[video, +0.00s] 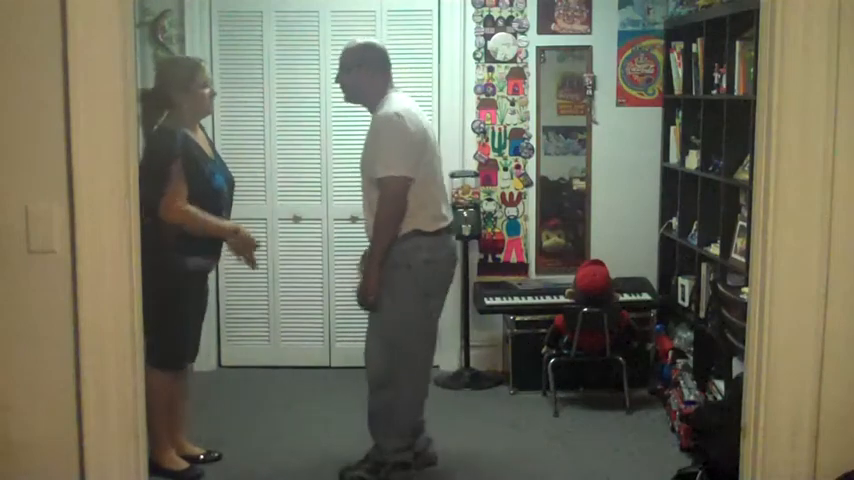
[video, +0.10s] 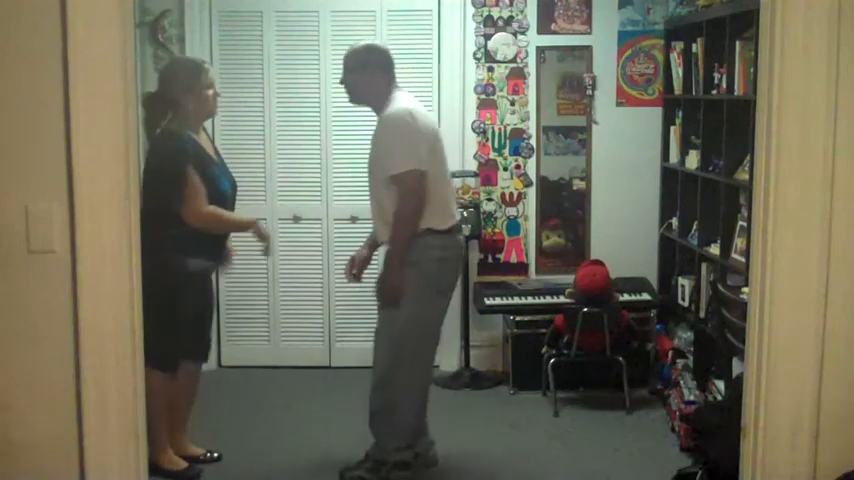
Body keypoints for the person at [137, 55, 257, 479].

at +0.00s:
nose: (211, 91)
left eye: (210, 85)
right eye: (203, 87)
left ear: (196, 94)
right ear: (179, 94)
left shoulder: (197, 133)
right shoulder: (169, 139)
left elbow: (199, 200)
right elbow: (171, 209)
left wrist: (232, 235)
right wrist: (229, 231)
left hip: (193, 264)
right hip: (169, 266)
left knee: (181, 358)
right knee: (164, 360)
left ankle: (178, 439)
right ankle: (162, 449)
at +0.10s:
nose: (216, 93)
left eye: (214, 87)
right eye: (209, 88)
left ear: (193, 95)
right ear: (185, 96)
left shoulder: (199, 136)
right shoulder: (176, 143)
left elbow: (205, 200)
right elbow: (192, 212)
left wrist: (218, 241)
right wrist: (249, 223)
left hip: (197, 263)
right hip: (171, 265)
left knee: (190, 355)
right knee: (164, 359)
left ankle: (179, 440)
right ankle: (160, 449)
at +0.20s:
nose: (222, 94)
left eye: (219, 87)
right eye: (214, 89)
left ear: (197, 95)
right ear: (191, 96)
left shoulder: (203, 138)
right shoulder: (183, 144)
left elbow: (212, 205)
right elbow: (209, 214)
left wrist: (255, 215)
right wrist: (262, 215)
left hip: (197, 267)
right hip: (175, 269)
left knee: (192, 358)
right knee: (172, 362)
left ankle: (179, 441)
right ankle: (161, 450)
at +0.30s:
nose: (228, 90)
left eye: (224, 84)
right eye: (219, 86)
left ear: (198, 97)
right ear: (196, 97)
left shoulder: (206, 137)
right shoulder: (191, 145)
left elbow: (215, 202)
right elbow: (216, 212)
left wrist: (254, 209)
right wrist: (266, 210)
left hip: (191, 261)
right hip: (180, 264)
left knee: (195, 353)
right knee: (203, 355)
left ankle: (177, 444)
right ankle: (176, 448)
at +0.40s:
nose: (235, 91)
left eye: (232, 85)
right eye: (227, 87)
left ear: (206, 98)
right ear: (205, 96)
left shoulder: (214, 136)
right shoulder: (199, 144)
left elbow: (225, 197)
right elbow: (219, 211)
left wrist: (257, 210)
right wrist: (265, 214)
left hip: (192, 259)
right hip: (186, 263)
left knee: (189, 351)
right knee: (226, 350)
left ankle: (173, 445)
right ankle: (223, 454)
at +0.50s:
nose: (245, 92)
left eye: (242, 85)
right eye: (237, 87)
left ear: (218, 96)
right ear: (216, 97)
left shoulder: (225, 138)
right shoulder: (208, 143)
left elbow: (238, 188)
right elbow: (219, 211)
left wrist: (273, 195)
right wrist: (272, 221)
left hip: (208, 260)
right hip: (195, 263)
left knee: (191, 354)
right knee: (240, 352)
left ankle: (174, 445)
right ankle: (276, 449)